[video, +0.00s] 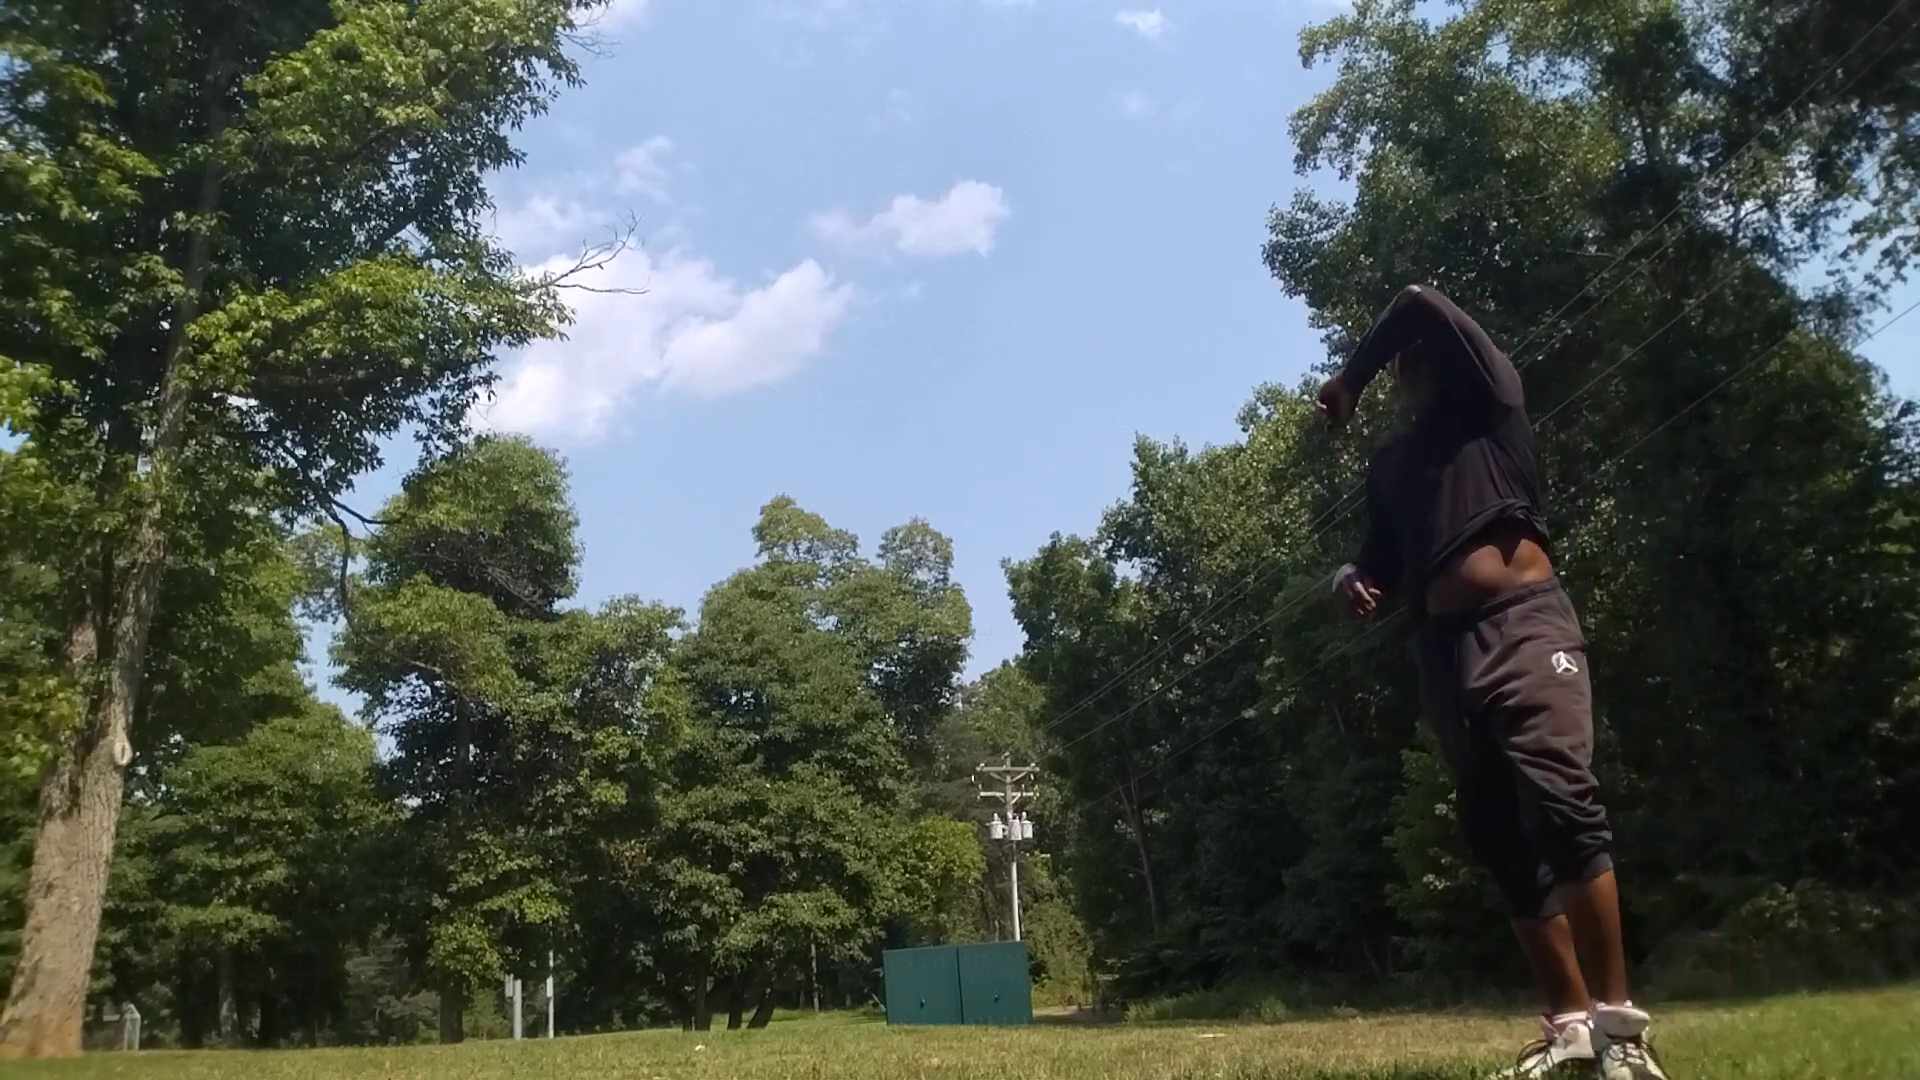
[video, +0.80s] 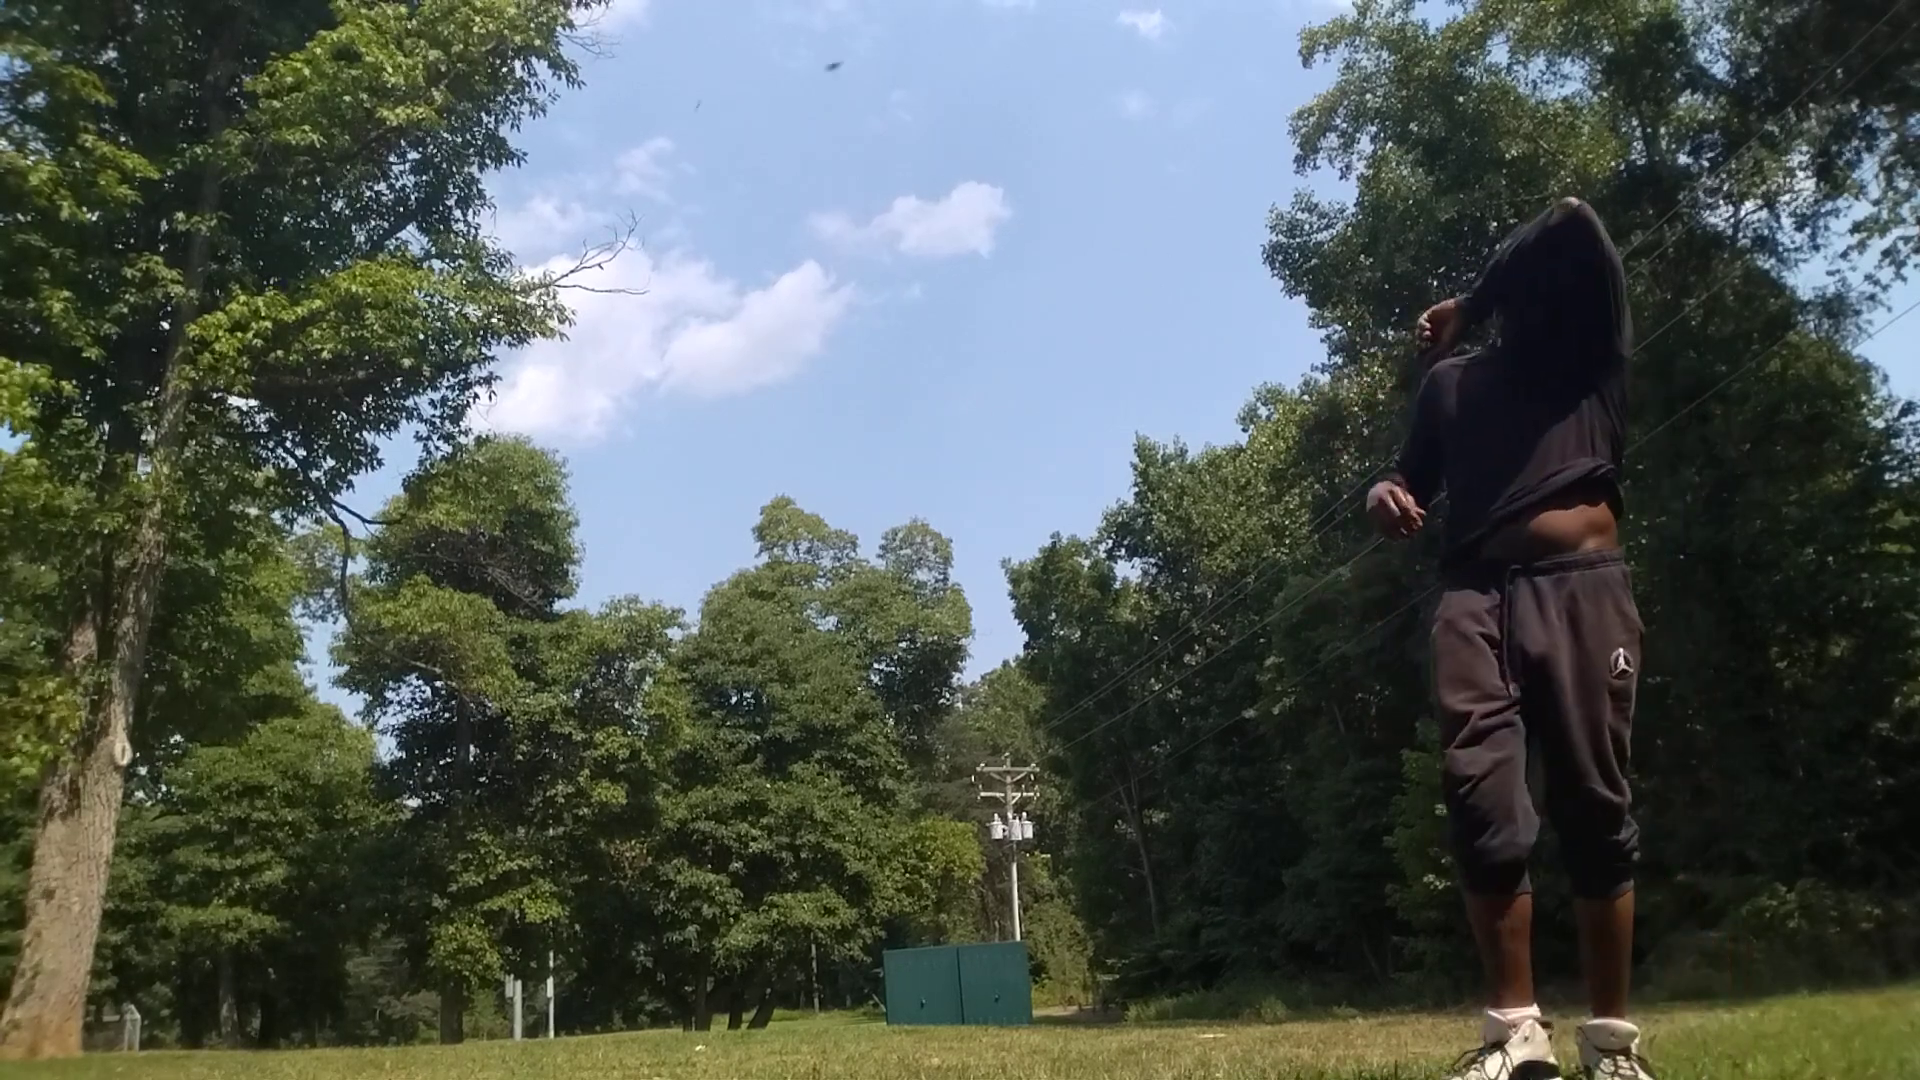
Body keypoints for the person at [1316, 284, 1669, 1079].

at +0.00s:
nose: (1401, 365)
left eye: (1413, 349)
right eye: (1397, 358)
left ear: (1445, 354)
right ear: (1402, 375)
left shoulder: (1490, 396)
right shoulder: (1388, 464)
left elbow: (1416, 300)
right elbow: (1379, 566)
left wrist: (1350, 375)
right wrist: (1354, 583)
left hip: (1527, 615)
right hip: (1447, 645)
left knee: (1563, 801)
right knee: (1498, 828)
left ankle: (1618, 1021)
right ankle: (1568, 1024)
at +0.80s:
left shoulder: (1583, 328)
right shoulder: (1444, 377)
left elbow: (1571, 225)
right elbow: (1413, 477)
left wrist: (1467, 302)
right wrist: (1390, 490)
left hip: (1582, 581)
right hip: (1473, 592)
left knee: (1597, 809)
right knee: (1482, 806)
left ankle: (1610, 1035)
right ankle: (1514, 1030)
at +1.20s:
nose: (1505, 256)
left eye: (1523, 238)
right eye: (1492, 243)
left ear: (1563, 244)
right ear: (1476, 252)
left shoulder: (1617, 303)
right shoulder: (1443, 341)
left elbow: (1710, 214)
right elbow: (1324, 418)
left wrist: (1566, 246)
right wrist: (1353, 338)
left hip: (1621, 574)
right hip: (1515, 586)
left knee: (1626, 798)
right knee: (1597, 799)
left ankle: (1613, 1019)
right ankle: (1669, 1036)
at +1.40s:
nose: (1490, 212)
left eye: (1505, 194)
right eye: (1474, 202)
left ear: (1549, 200)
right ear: (1461, 222)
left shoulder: (1630, 276)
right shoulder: (1434, 310)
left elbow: (1785, 310)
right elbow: (1296, 335)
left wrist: (1724, 317)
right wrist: (1384, 251)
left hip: (1639, 557)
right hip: (1523, 574)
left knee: (1697, 782)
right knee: (1595, 797)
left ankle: (1607, 976)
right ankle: (1669, 1031)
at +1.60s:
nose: (1503, 181)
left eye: (1514, 163)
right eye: (1485, 173)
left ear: (1555, 173)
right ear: (1469, 198)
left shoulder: (1639, 257)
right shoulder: (1442, 275)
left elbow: (1722, 360)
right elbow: (1318, 217)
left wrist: (1793, 427)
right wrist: (1438, 169)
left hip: (1660, 531)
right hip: (1534, 553)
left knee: (1751, 755)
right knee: (1594, 788)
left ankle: (1749, 992)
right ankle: (1667, 1028)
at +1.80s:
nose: (1513, 157)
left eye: (1528, 139)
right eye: (1502, 147)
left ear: (1574, 149)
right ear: (1487, 173)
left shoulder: (1666, 233)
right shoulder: (1477, 248)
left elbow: (1753, 363)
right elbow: (1416, 112)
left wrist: (1845, 485)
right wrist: (1568, 105)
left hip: (1690, 516)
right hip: (1556, 542)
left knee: (1793, 749)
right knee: (1618, 791)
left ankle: (1902, 1005)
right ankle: (1673, 1033)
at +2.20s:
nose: (1601, 55)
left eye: (1616, 44)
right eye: (1588, 49)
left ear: (1670, 61)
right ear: (1582, 83)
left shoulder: (1787, 148)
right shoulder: (1584, 166)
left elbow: (1896, 274)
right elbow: (1524, 52)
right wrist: (1686, 69)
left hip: (1801, 455)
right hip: (1651, 484)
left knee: (1878, 726)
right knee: (1662, 740)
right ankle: (1702, 1014)